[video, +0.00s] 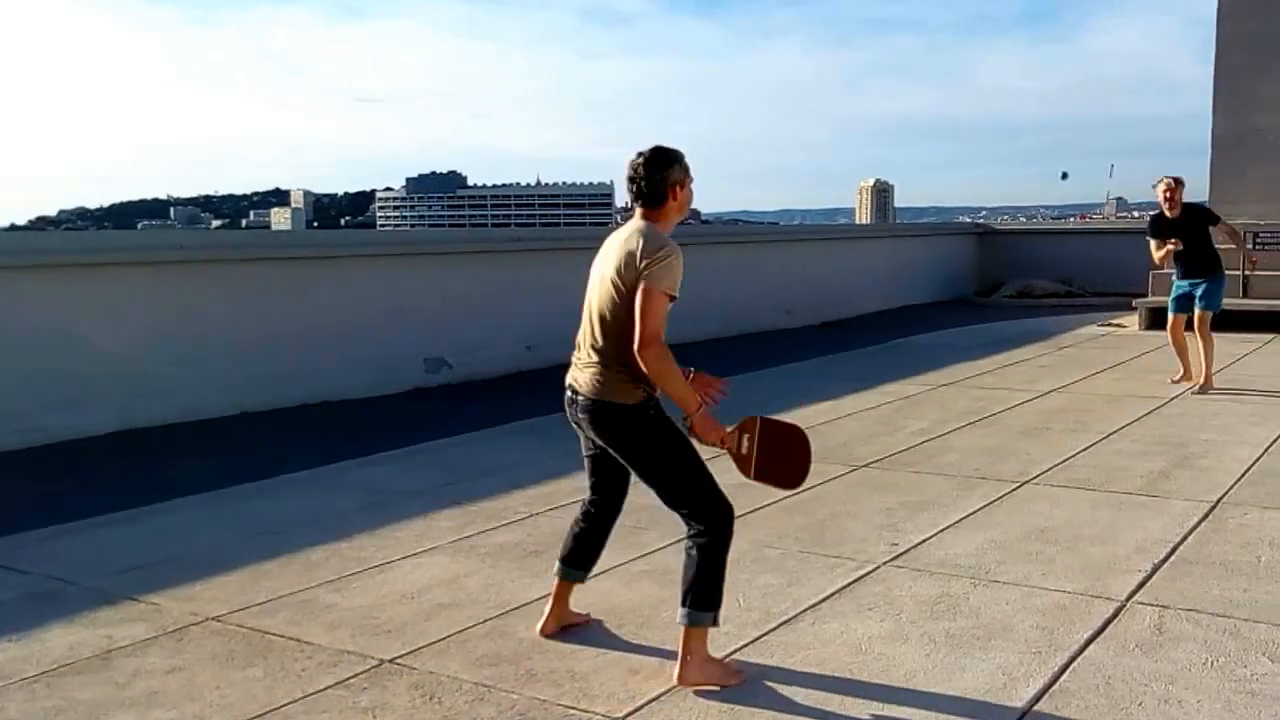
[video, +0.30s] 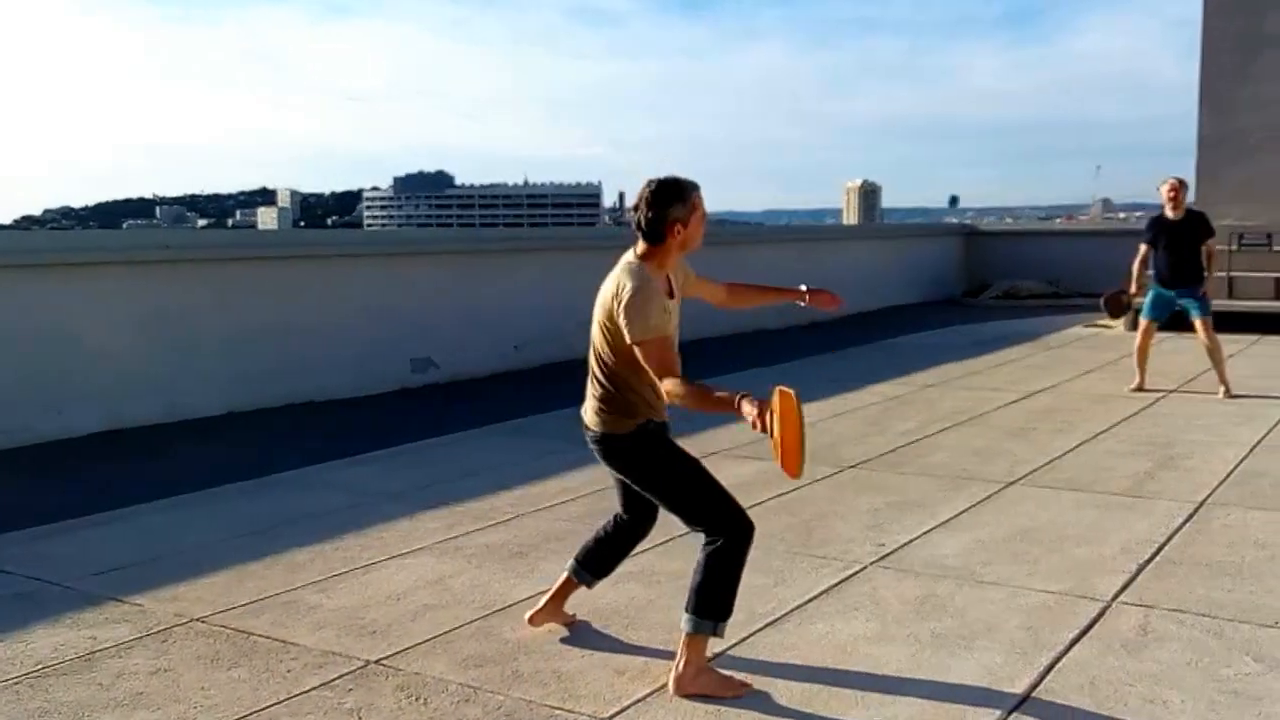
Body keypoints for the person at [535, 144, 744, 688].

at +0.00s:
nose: (692, 192)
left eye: (689, 183)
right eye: (689, 183)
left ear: (641, 192)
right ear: (675, 191)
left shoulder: (619, 239)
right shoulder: (661, 250)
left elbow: (627, 335)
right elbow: (649, 349)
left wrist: (685, 377)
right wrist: (695, 412)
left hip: (581, 396)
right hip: (620, 406)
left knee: (603, 500)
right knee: (712, 515)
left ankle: (556, 611)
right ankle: (694, 658)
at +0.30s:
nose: (704, 223)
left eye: (702, 214)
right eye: (699, 215)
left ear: (665, 225)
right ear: (678, 227)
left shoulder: (668, 269)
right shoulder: (638, 288)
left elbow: (723, 295)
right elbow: (670, 387)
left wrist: (799, 294)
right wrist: (738, 404)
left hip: (626, 421)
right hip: (627, 432)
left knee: (636, 517)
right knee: (731, 527)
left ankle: (551, 606)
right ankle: (691, 667)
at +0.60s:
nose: (657, 183)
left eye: (653, 175)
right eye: (654, 176)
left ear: (604, 188)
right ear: (643, 184)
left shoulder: (583, 238)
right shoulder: (652, 237)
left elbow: (609, 312)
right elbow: (699, 263)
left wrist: (668, 350)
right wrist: (708, 210)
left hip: (576, 401)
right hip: (623, 411)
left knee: (595, 492)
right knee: (707, 524)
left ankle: (537, 603)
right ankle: (677, 666)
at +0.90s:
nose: (581, 199)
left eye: (576, 191)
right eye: (578, 191)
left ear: (527, 203)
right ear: (567, 197)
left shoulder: (503, 255)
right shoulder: (594, 243)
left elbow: (463, 334)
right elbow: (635, 309)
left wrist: (438, 398)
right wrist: (604, 304)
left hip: (518, 399)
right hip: (576, 400)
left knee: (518, 494)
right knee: (627, 520)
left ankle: (496, 613)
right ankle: (663, 664)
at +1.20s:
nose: (562, 155)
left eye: (559, 146)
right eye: (560, 146)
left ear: (510, 153)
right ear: (549, 150)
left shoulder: (479, 205)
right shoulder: (556, 204)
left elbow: (449, 287)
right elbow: (571, 294)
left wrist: (433, 354)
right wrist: (584, 338)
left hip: (478, 355)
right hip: (528, 359)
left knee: (497, 469)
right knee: (557, 485)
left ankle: (480, 593)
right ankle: (542, 618)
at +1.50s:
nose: (552, 206)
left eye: (550, 198)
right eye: (549, 198)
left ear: (506, 207)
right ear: (534, 208)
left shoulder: (491, 248)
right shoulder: (508, 268)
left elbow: (535, 318)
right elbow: (487, 361)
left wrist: (589, 354)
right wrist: (535, 418)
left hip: (452, 400)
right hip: (486, 410)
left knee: (447, 496)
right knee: (572, 504)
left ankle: (403, 598)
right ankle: (524, 622)